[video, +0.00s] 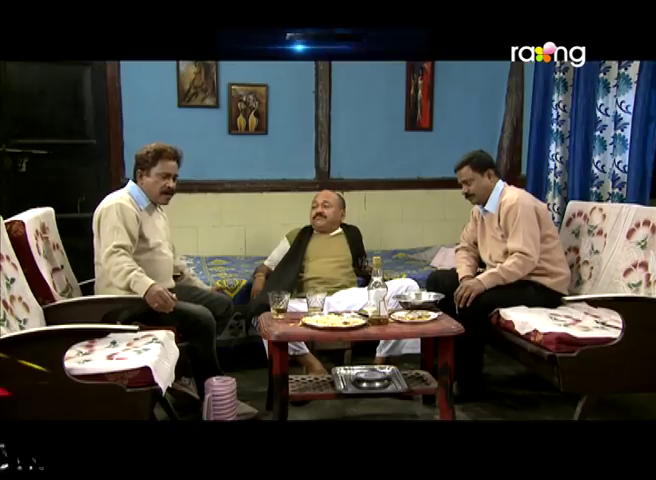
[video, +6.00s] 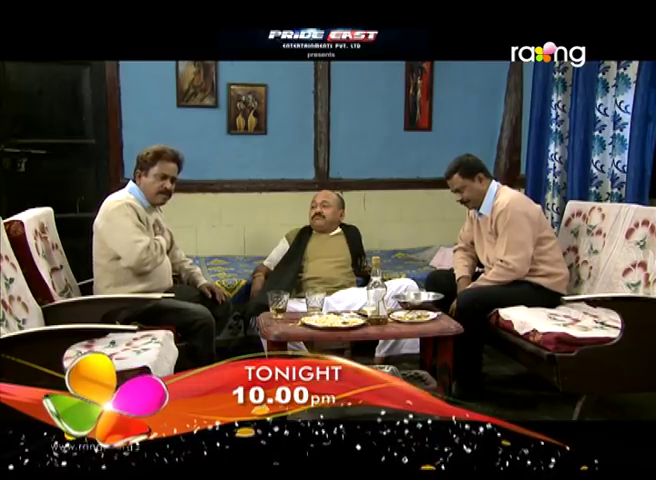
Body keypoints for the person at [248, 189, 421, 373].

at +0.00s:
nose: (318, 209)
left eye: (326, 205)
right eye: (314, 205)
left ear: (341, 214)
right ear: (310, 211)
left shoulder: (352, 233)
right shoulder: (298, 236)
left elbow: (363, 268)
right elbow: (265, 268)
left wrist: (378, 279)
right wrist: (258, 290)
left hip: (349, 297)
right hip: (306, 300)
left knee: (407, 286)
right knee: (267, 317)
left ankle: (381, 360)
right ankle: (312, 364)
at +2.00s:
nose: (318, 210)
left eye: (326, 206)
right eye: (314, 206)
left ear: (341, 213)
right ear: (309, 211)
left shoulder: (351, 233)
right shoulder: (298, 236)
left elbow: (362, 268)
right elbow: (265, 268)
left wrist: (378, 280)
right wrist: (256, 302)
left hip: (351, 297)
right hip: (311, 300)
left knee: (407, 286)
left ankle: (382, 362)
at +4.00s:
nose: (317, 210)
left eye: (325, 206)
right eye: (314, 206)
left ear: (341, 213)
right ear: (309, 211)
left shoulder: (351, 233)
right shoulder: (297, 236)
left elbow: (362, 268)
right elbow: (265, 267)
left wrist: (377, 282)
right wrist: (256, 297)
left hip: (351, 297)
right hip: (311, 300)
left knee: (406, 286)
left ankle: (381, 362)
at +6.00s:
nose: (317, 210)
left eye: (325, 206)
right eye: (313, 206)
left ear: (340, 213)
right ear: (309, 211)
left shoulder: (351, 233)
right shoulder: (297, 236)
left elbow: (361, 269)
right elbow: (264, 269)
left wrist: (378, 282)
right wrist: (256, 302)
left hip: (350, 297)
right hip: (309, 300)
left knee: (406, 285)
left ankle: (383, 363)